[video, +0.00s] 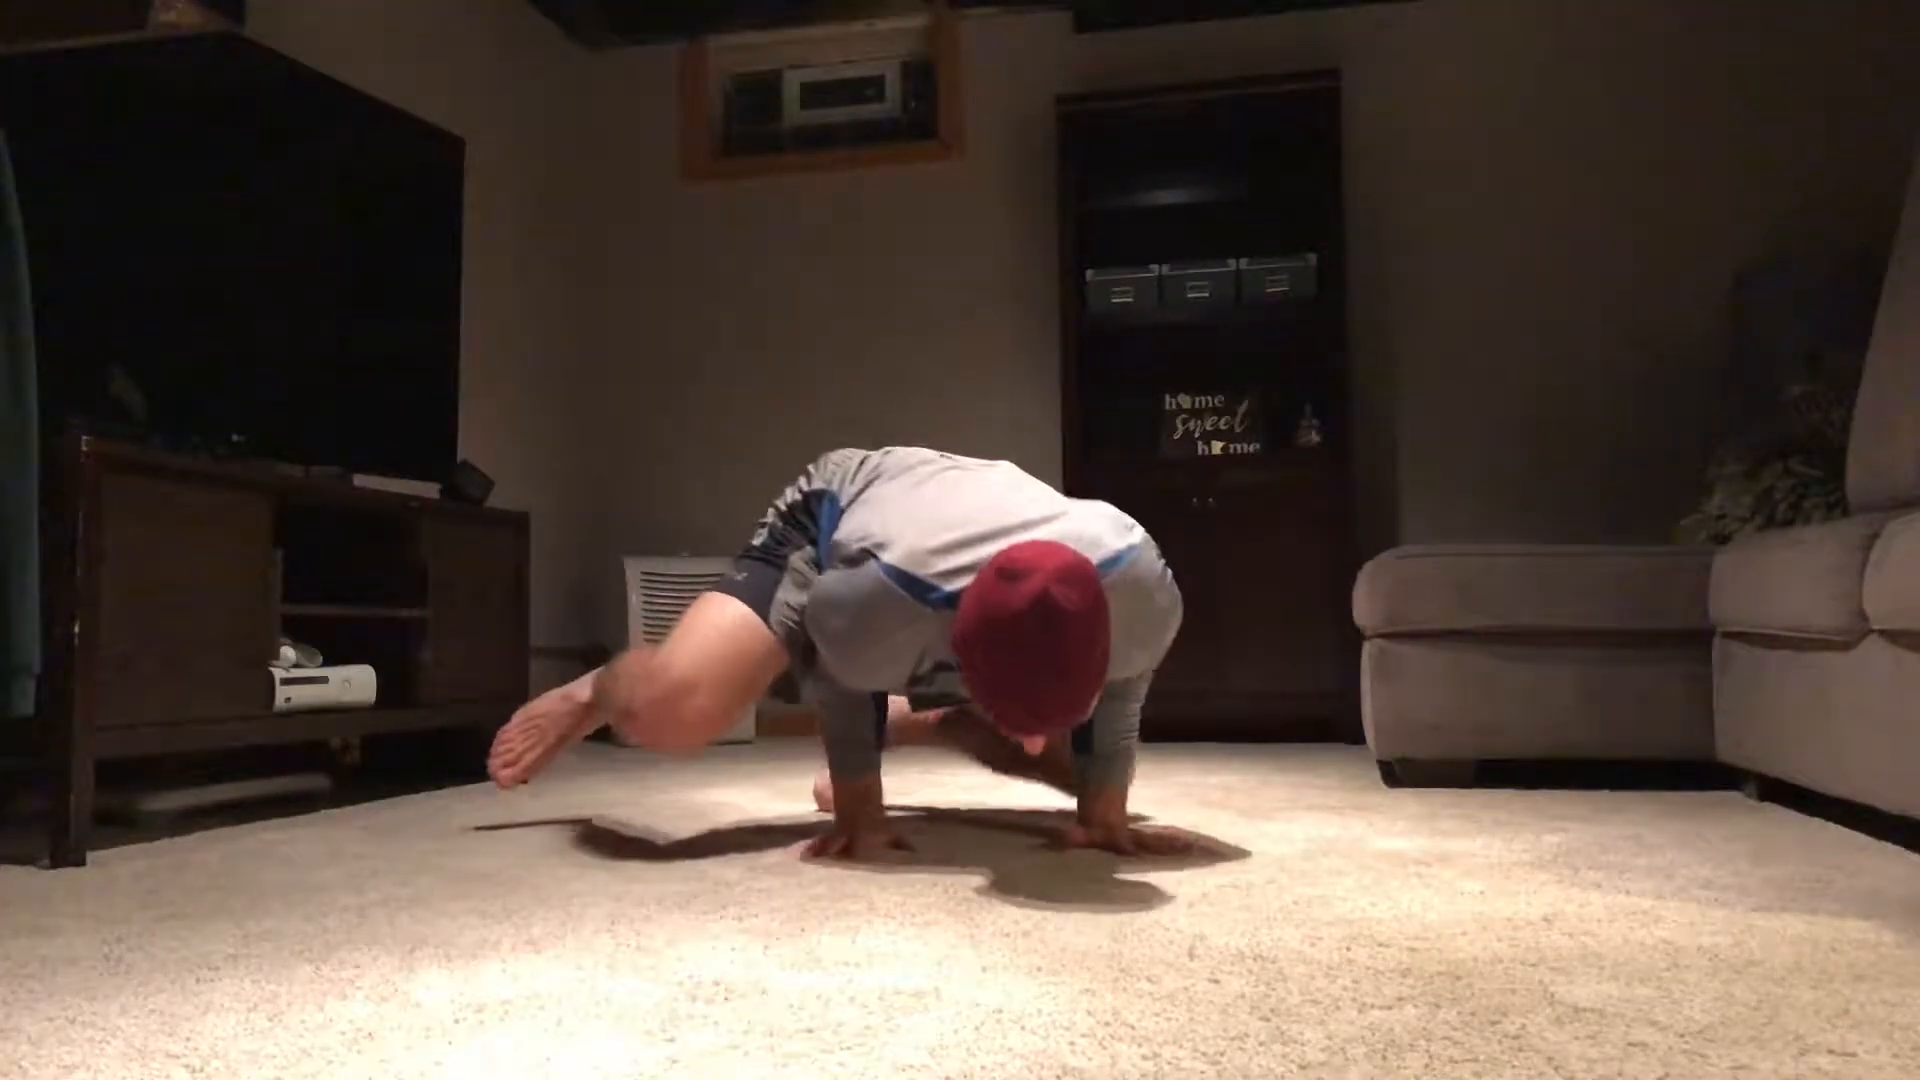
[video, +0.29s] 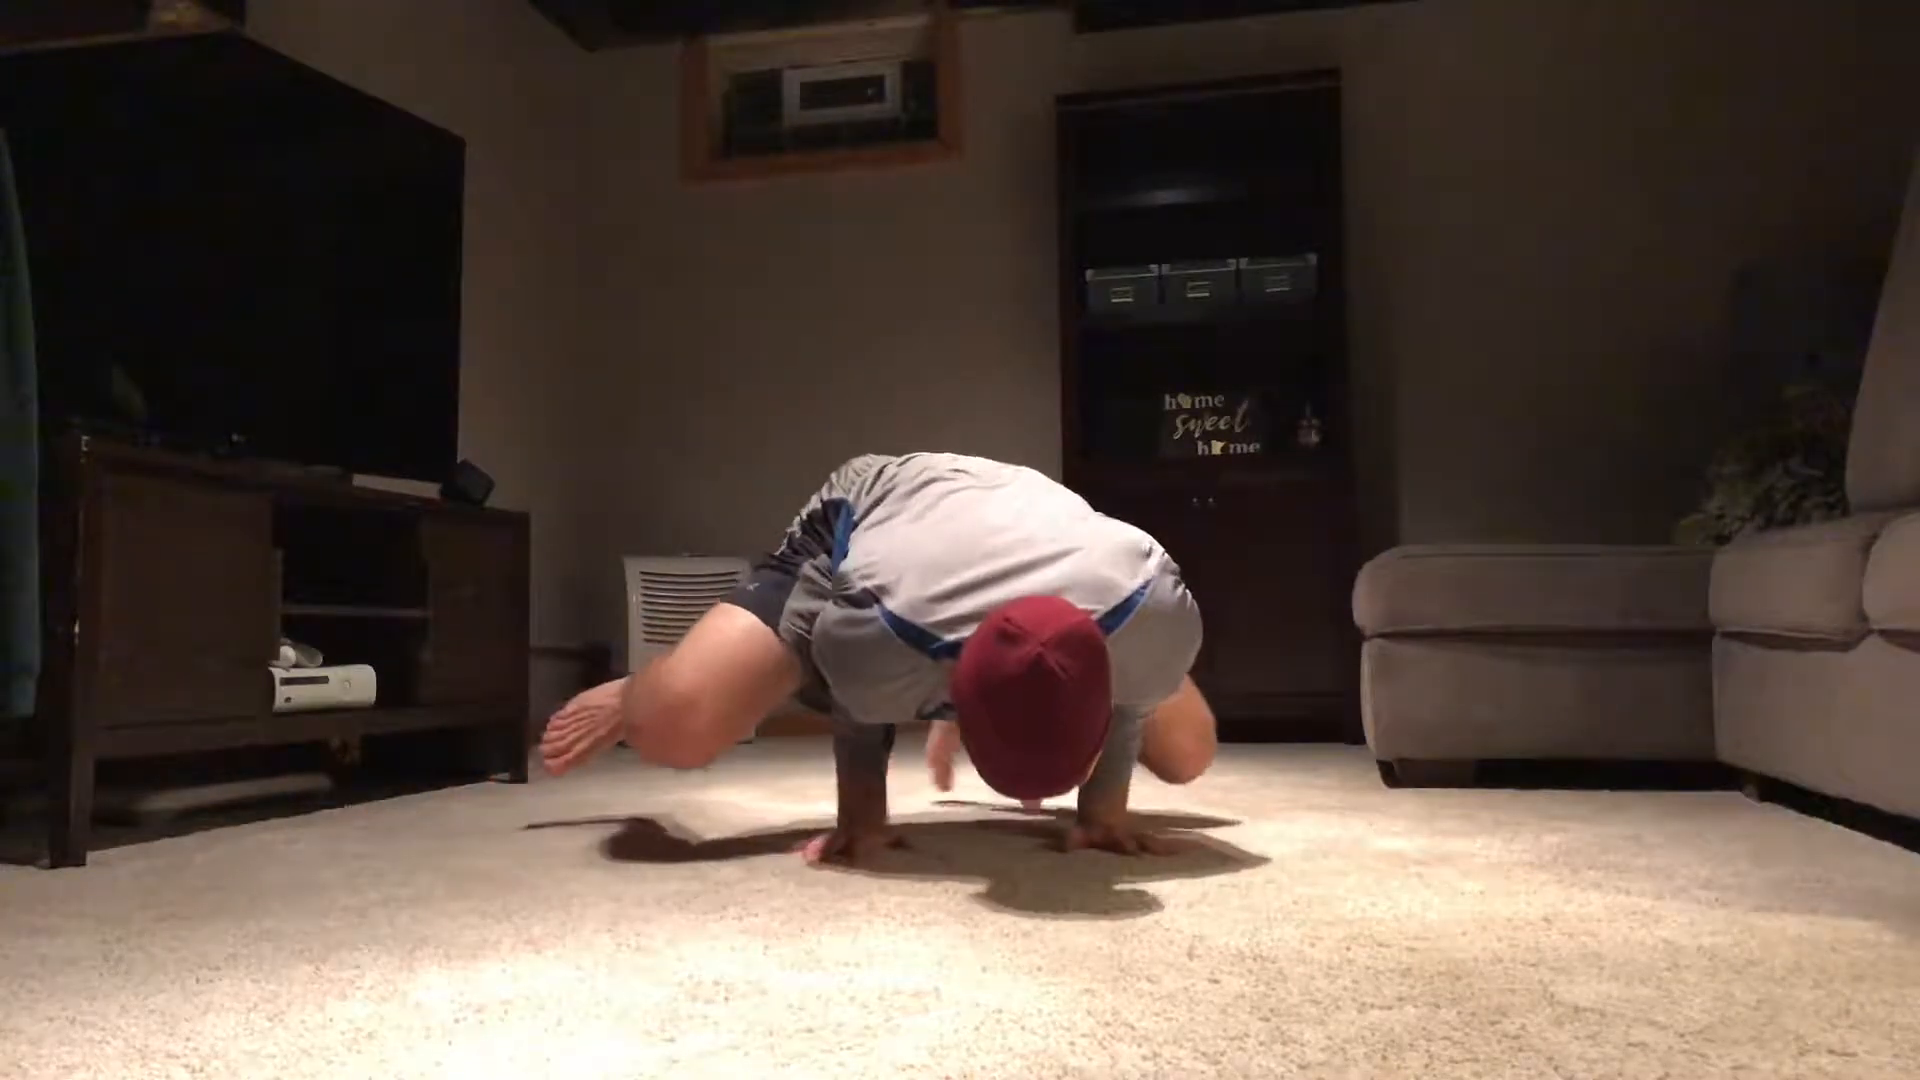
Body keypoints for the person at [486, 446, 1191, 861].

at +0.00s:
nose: (1035, 736)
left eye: (1050, 728)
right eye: (1017, 719)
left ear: (1100, 650)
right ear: (974, 643)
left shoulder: (1144, 593)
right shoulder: (872, 604)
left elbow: (1125, 699)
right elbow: (839, 693)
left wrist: (1107, 822)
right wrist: (860, 825)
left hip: (992, 512)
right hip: (840, 511)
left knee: (1062, 761)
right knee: (675, 720)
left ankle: (922, 719)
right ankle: (599, 694)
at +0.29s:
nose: (1032, 784)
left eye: (1051, 772)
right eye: (1011, 770)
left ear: (1097, 686)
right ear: (963, 694)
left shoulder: (1159, 618)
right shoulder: (865, 638)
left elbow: (1128, 703)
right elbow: (865, 725)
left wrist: (1108, 811)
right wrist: (861, 832)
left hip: (1017, 502)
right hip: (869, 505)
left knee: (1188, 754)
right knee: (678, 737)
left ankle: (961, 708)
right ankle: (633, 700)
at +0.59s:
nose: (1023, 826)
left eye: (1036, 809)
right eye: (1002, 817)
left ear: (1080, 720)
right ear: (946, 722)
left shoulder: (1148, 642)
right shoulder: (861, 654)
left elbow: (1119, 706)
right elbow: (865, 720)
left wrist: (1106, 816)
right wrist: (862, 827)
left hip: (1029, 476)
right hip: (878, 485)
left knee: (1237, 708)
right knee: (687, 752)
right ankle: (664, 713)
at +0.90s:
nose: (991, 842)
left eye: (1013, 828)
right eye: (971, 831)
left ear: (1063, 724)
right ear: (915, 727)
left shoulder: (1134, 648)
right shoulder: (844, 666)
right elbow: (858, 718)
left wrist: (1104, 810)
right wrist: (862, 821)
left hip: (1039, 477)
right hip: (881, 483)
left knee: (1255, 713)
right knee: (680, 752)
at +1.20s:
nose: (970, 860)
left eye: (991, 846)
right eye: (951, 847)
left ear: (1037, 733)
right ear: (904, 731)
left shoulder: (1121, 655)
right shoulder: (830, 671)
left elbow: (1266, 701)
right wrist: (859, 817)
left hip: (1037, 472)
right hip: (877, 483)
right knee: (688, 761)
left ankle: (1102, 812)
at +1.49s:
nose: (966, 856)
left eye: (987, 841)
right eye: (946, 845)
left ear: (1027, 730)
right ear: (893, 730)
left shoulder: (1110, 648)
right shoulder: (815, 666)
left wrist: (1105, 810)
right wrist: (860, 810)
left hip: (1035, 474)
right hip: (877, 484)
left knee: (1270, 705)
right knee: (689, 757)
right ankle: (778, 725)